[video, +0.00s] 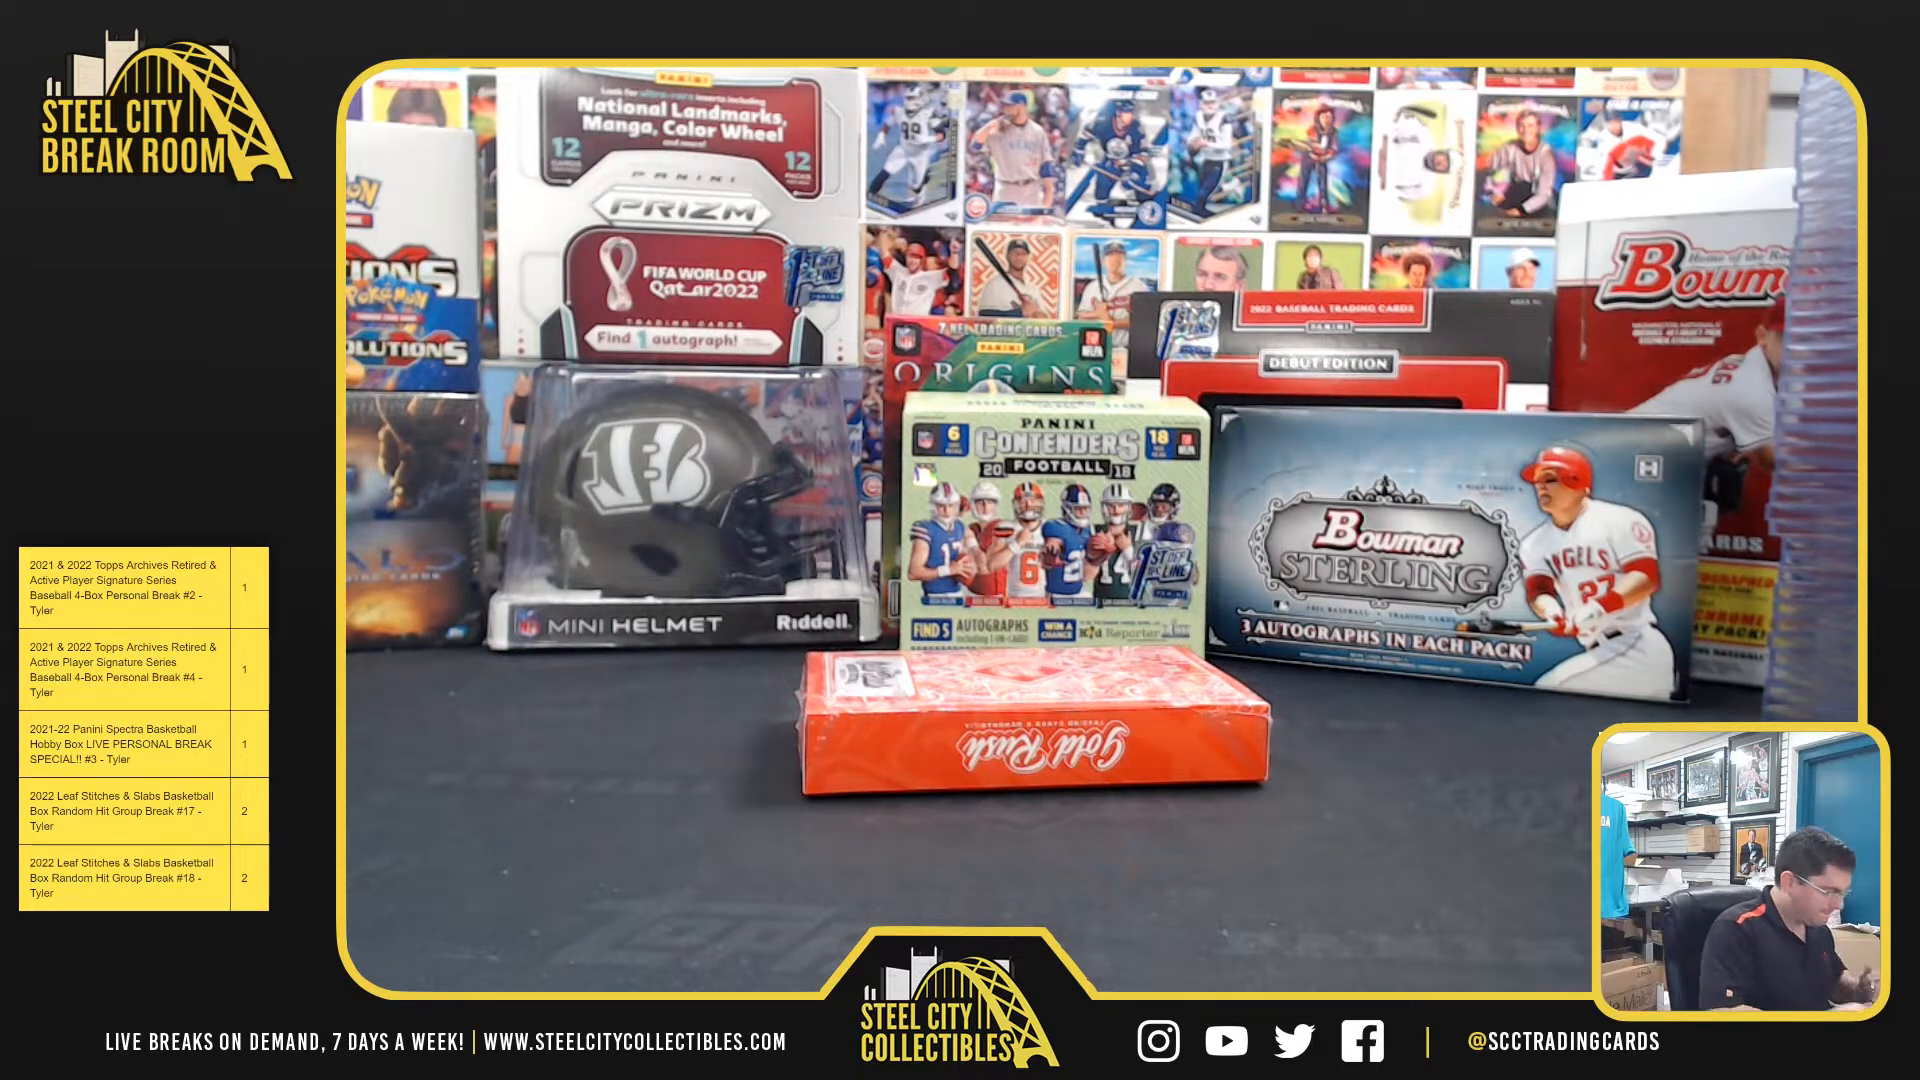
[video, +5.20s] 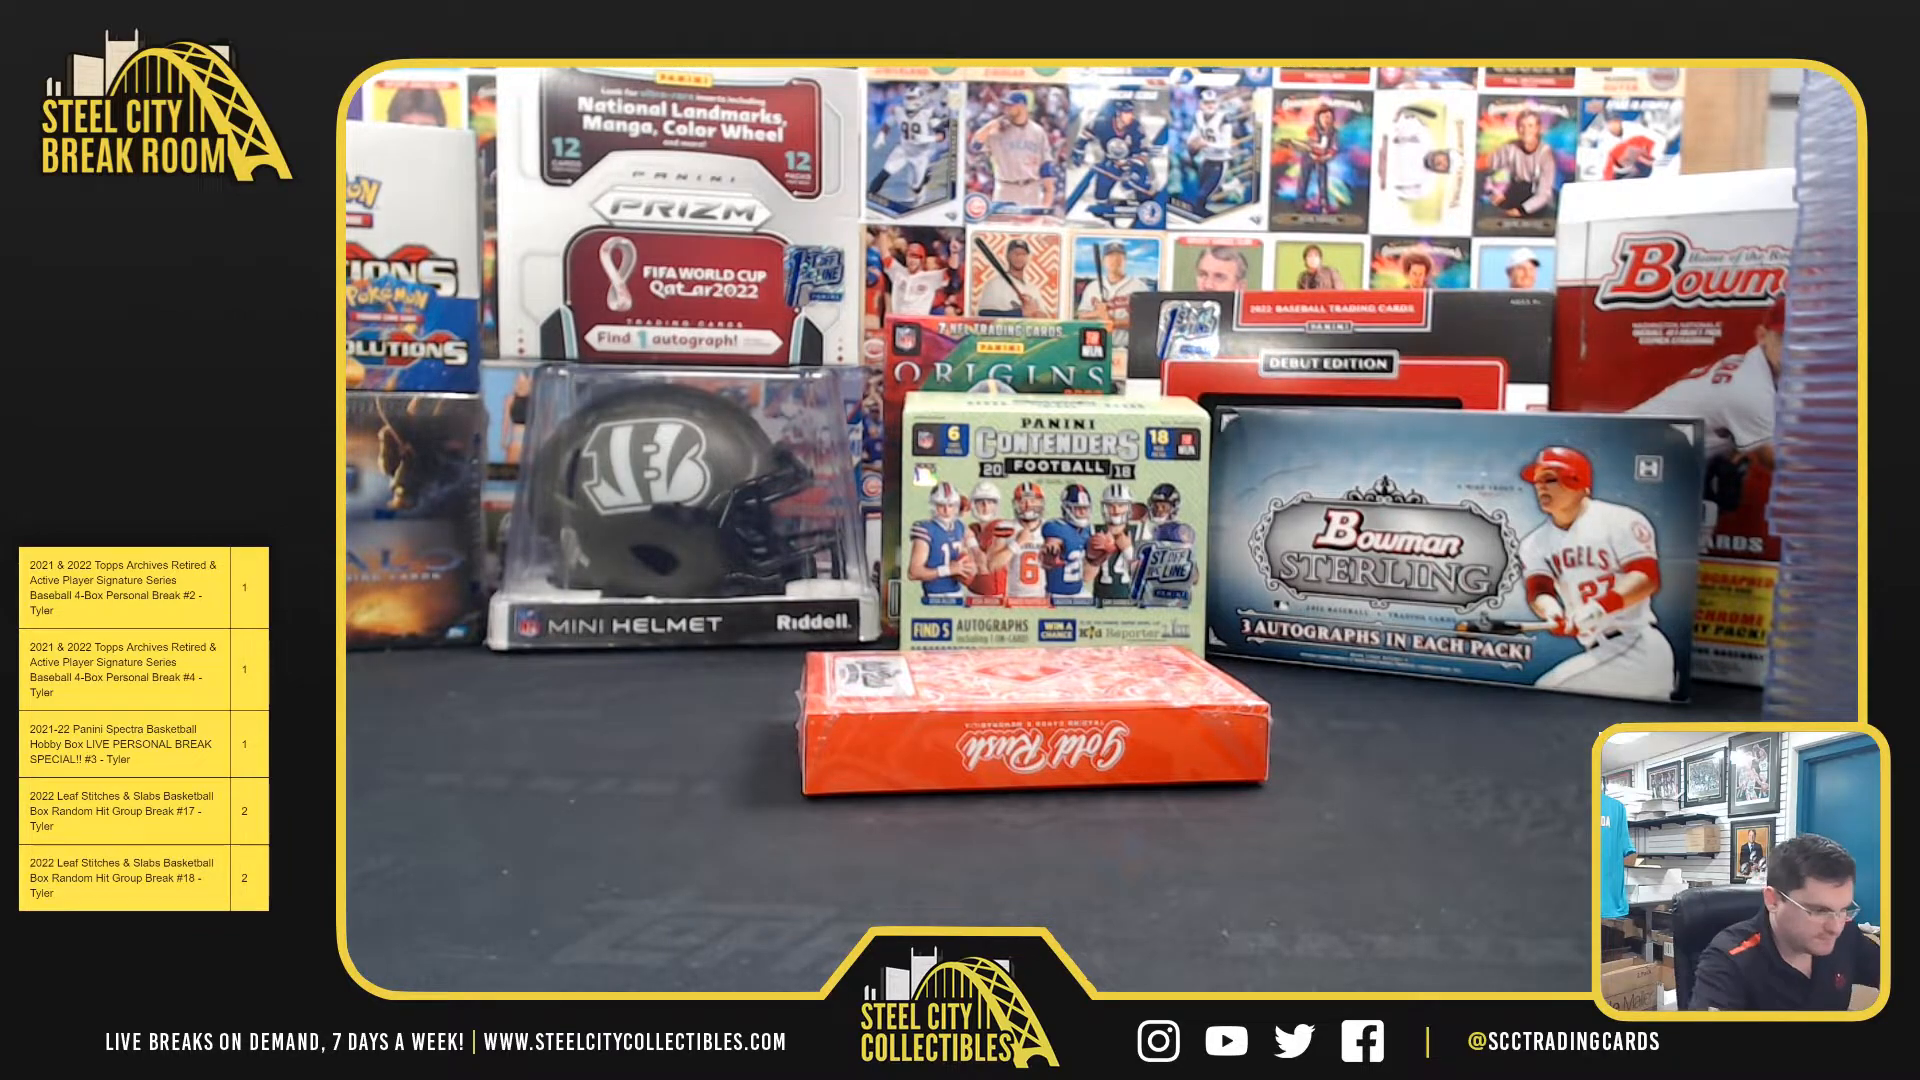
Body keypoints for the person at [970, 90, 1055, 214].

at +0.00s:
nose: (1006, 110)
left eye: (1010, 106)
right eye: (1005, 106)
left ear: (1022, 107)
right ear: (1004, 107)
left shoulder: (1038, 132)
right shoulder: (997, 129)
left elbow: (1046, 166)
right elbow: (974, 147)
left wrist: (1048, 200)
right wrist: (990, 127)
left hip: (1032, 186)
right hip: (1005, 186)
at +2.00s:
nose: (1007, 110)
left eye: (1011, 106)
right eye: (1006, 106)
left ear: (1022, 107)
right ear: (1004, 107)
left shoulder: (1038, 132)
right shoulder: (997, 129)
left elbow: (1046, 167)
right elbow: (974, 147)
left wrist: (1048, 200)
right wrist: (990, 127)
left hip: (1031, 186)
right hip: (1005, 186)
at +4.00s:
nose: (1006, 110)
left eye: (1010, 106)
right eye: (1006, 106)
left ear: (1022, 107)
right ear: (1004, 107)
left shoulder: (1038, 132)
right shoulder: (996, 129)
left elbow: (1046, 166)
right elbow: (974, 147)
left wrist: (1048, 198)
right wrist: (991, 127)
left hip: (1032, 186)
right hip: (1005, 186)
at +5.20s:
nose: (1006, 110)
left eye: (1010, 106)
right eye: (1005, 106)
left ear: (1022, 107)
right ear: (1004, 107)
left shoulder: (1038, 132)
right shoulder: (996, 129)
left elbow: (1046, 166)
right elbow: (974, 148)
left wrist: (1048, 198)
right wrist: (990, 127)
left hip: (1031, 186)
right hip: (1005, 186)